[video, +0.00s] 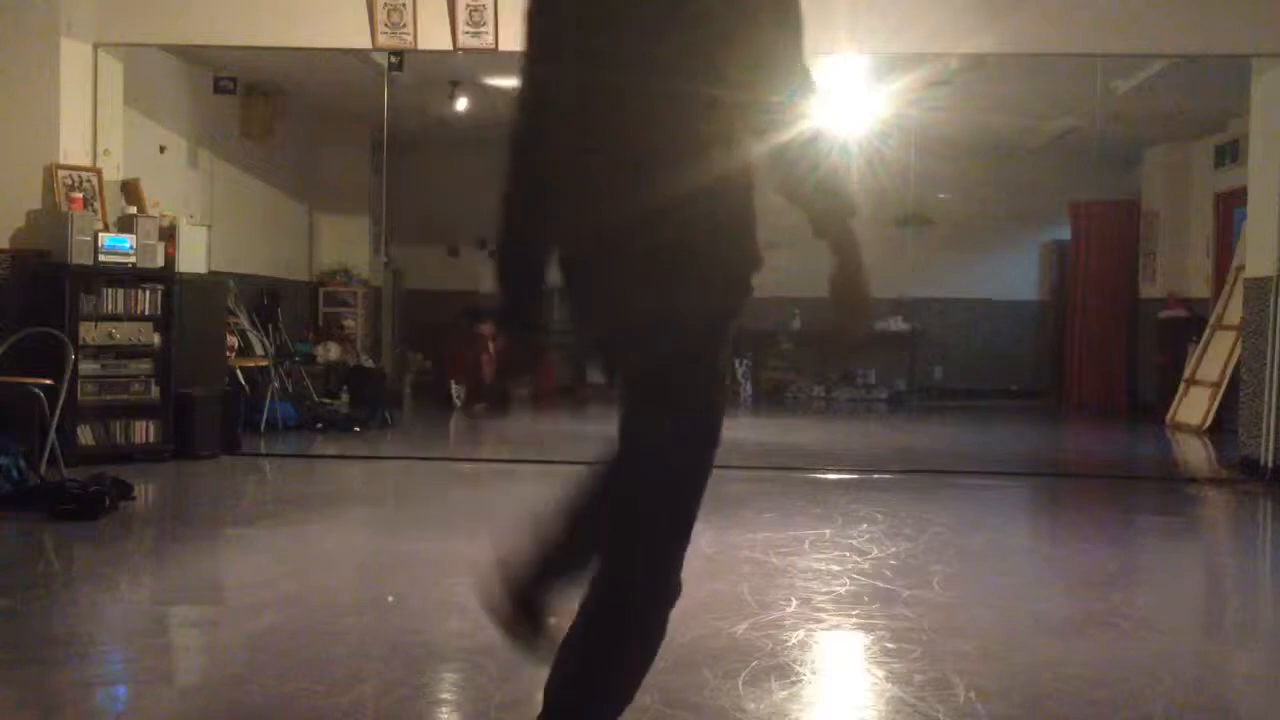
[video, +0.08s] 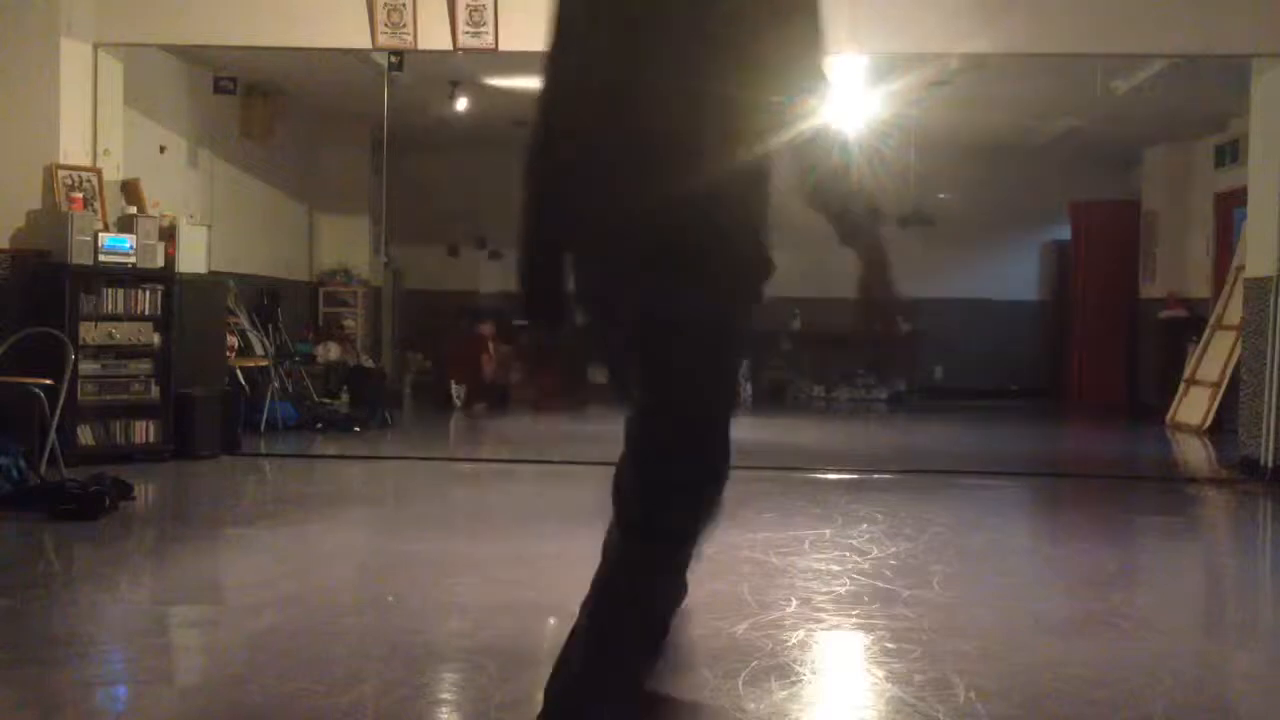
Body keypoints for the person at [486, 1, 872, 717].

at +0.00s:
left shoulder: (561, 12)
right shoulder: (756, 12)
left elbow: (536, 131)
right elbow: (780, 120)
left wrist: (520, 304)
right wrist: (846, 250)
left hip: (593, 253)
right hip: (695, 255)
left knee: (655, 443)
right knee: (649, 548)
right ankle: (578, 708)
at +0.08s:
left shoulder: (589, 13)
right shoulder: (775, 12)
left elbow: (554, 130)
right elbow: (805, 132)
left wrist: (540, 289)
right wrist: (870, 240)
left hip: (608, 244)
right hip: (706, 253)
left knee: (664, 448)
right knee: (679, 477)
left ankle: (634, 647)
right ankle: (590, 696)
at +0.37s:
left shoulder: (710, 18)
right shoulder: (865, 12)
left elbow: (671, 164)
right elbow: (878, 142)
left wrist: (651, 313)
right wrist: (926, 268)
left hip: (715, 286)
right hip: (801, 293)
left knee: (750, 509)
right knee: (777, 512)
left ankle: (765, 701)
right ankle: (631, 694)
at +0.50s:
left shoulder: (755, 18)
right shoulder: (892, 13)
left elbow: (734, 162)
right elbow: (894, 150)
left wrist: (735, 279)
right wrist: (929, 280)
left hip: (761, 281)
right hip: (848, 287)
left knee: (773, 468)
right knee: (875, 483)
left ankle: (761, 679)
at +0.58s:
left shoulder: (784, 20)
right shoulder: (907, 18)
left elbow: (766, 164)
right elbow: (894, 163)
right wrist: (919, 277)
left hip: (789, 288)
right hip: (872, 294)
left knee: (783, 489)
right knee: (921, 477)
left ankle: (762, 695)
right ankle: (840, 667)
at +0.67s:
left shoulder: (820, 20)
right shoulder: (925, 13)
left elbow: (798, 153)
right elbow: (913, 147)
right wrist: (932, 278)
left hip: (819, 286)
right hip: (893, 293)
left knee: (800, 484)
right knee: (952, 484)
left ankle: (764, 692)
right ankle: (940, 679)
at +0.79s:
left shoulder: (880, 24)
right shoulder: (975, 14)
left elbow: (854, 168)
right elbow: (958, 155)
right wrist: (952, 292)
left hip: (861, 290)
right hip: (928, 297)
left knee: (821, 496)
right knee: (983, 494)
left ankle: (765, 694)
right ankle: (1039, 675)